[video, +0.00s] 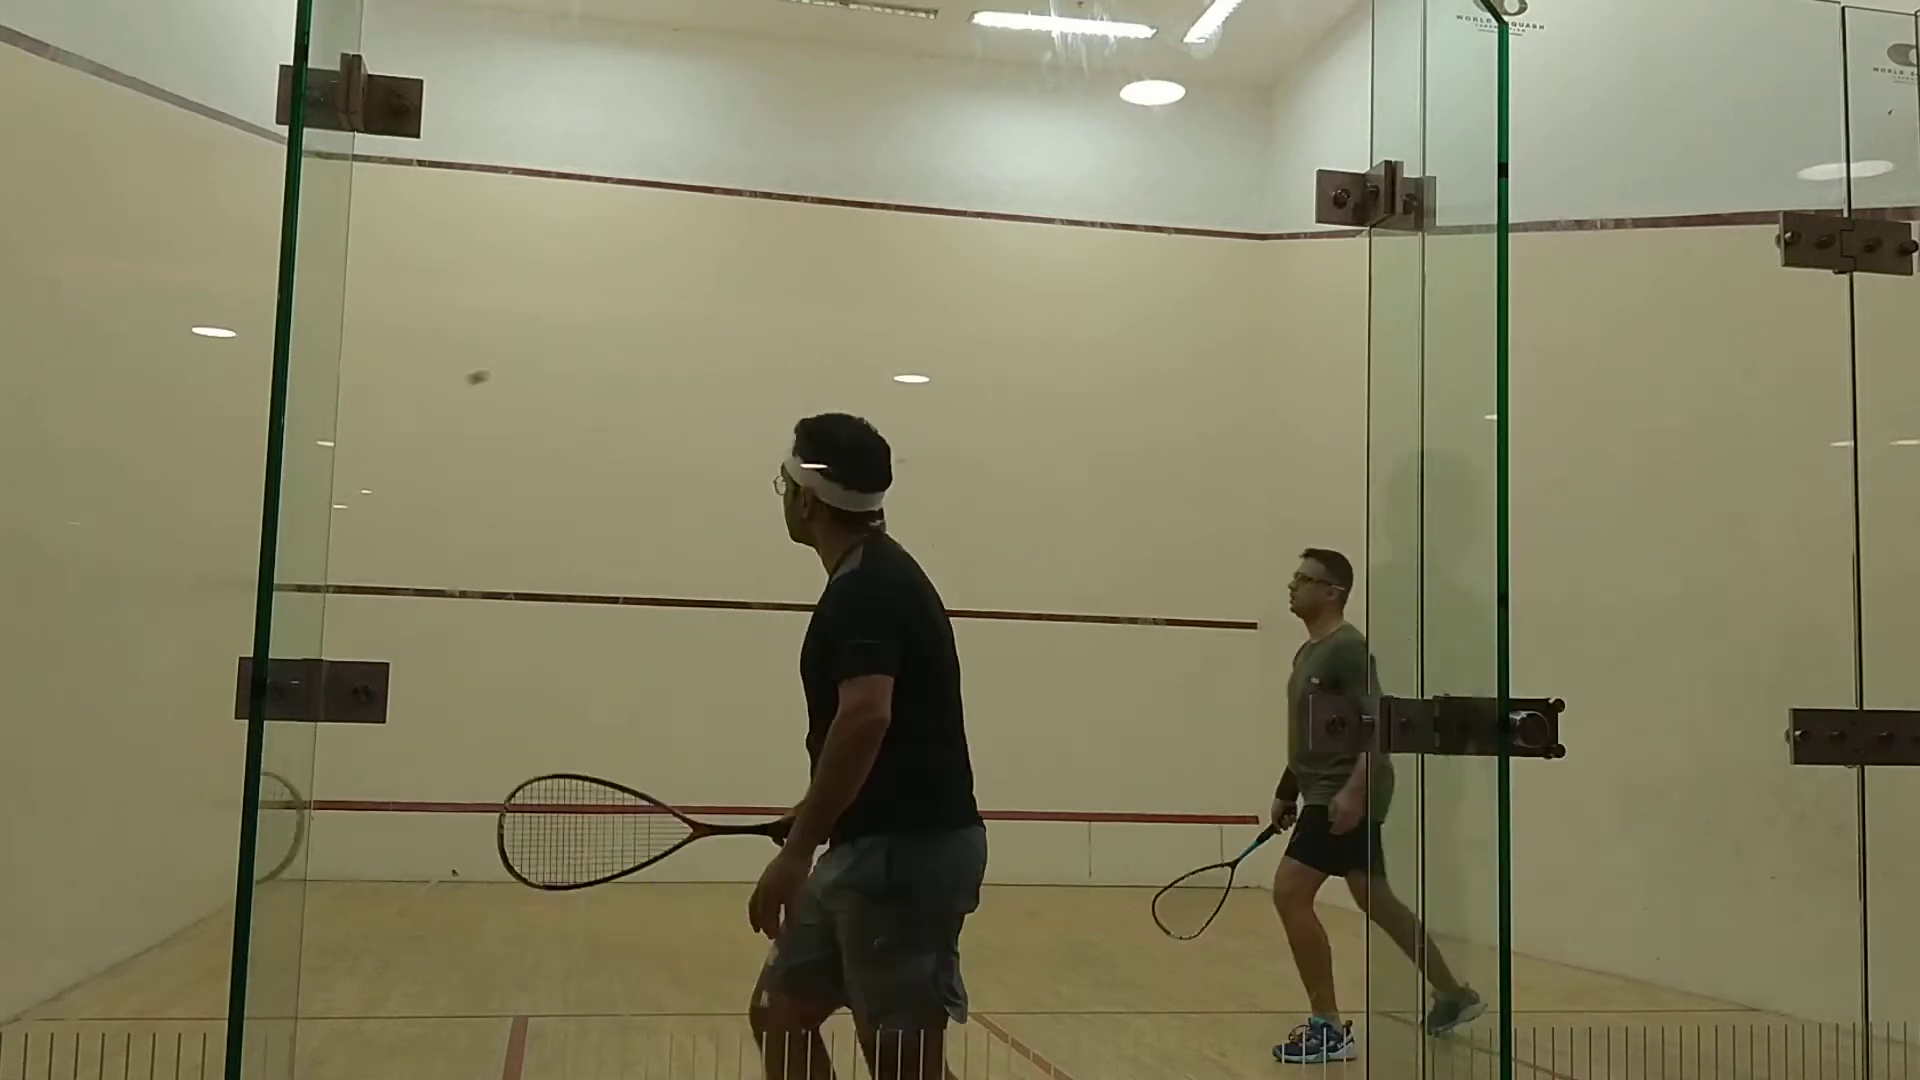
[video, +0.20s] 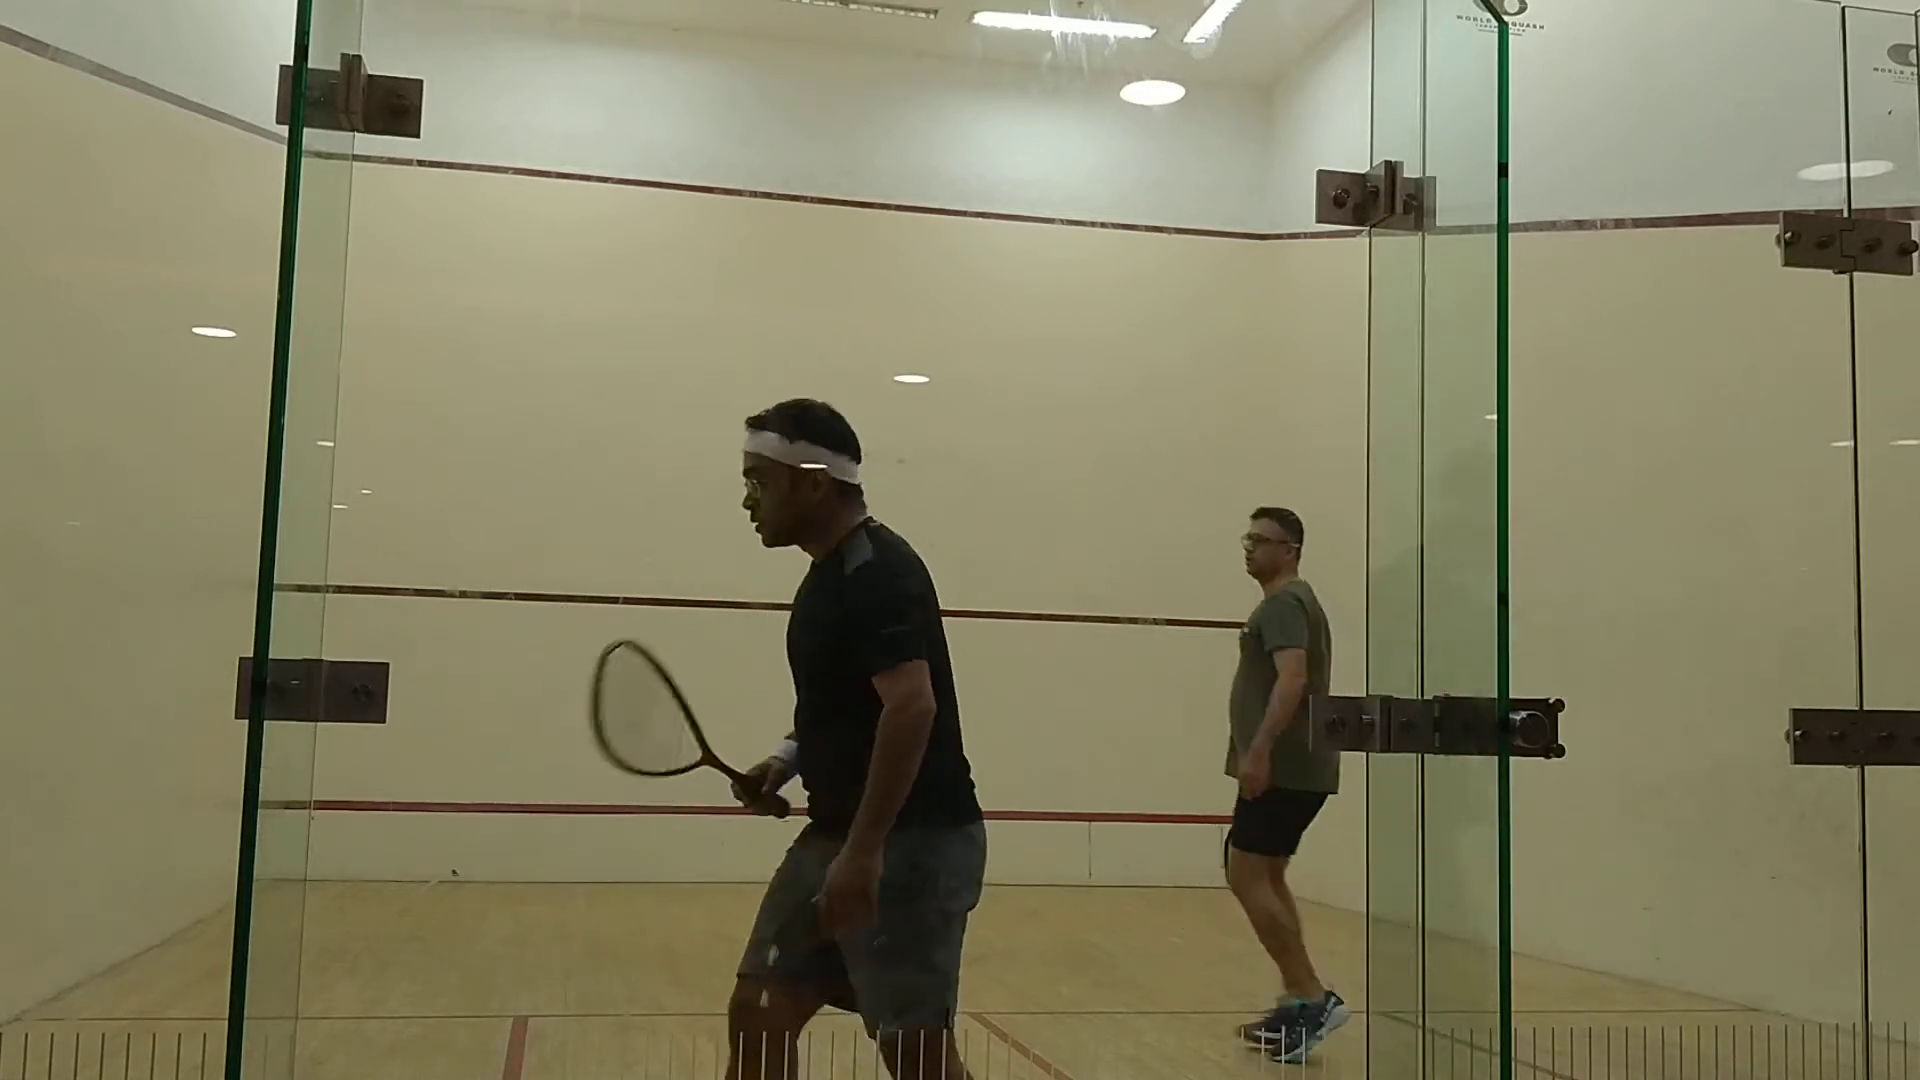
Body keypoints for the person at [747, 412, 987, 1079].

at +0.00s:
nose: (782, 497)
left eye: (787, 483)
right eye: (786, 482)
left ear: (810, 499)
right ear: (867, 498)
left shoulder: (865, 586)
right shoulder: (882, 575)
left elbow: (864, 715)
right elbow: (892, 727)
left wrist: (798, 852)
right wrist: (814, 812)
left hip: (905, 851)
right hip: (872, 846)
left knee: (903, 1052)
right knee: (781, 1015)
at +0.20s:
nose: (747, 499)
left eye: (758, 480)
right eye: (748, 481)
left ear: (813, 483)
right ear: (812, 484)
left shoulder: (880, 571)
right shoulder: (829, 576)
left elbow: (911, 705)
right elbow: (841, 704)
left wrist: (862, 849)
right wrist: (785, 760)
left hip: (916, 843)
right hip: (838, 838)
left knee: (915, 1050)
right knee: (759, 1018)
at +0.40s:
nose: (711, 509)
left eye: (724, 489)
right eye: (708, 493)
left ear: (786, 485)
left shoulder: (887, 577)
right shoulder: (754, 597)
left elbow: (971, 697)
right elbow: (760, 706)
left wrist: (952, 826)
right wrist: (736, 776)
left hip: (904, 856)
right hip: (805, 852)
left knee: (928, 1054)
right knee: (737, 1024)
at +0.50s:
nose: (687, 535)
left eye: (699, 514)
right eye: (683, 518)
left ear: (759, 506)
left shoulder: (868, 585)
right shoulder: (725, 628)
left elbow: (975, 695)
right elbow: (740, 743)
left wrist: (977, 825)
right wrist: (716, 830)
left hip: (906, 858)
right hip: (802, 851)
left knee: (921, 1058)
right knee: (695, 1009)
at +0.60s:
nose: (661, 577)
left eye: (673, 556)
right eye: (656, 561)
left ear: (734, 544)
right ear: (729, 547)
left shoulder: (857, 604)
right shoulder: (699, 677)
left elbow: (975, 702)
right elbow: (723, 812)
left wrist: (954, 817)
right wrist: (688, 822)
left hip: (904, 858)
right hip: (793, 864)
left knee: (898, 1054)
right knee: (694, 1034)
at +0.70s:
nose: (657, 634)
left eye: (663, 611)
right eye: (650, 616)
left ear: (721, 595)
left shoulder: (855, 623)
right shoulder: (702, 708)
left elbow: (970, 722)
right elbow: (747, 813)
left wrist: (929, 823)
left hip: (919, 866)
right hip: (812, 874)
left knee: (900, 1041)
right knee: (696, 1032)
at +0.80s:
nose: (691, 677)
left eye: (698, 653)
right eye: (681, 659)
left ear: (756, 628)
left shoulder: (879, 644)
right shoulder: (729, 717)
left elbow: (1004, 741)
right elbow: (770, 803)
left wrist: (977, 862)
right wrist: (845, 697)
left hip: (947, 884)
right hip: (837, 897)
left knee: (936, 1051)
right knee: (708, 1041)